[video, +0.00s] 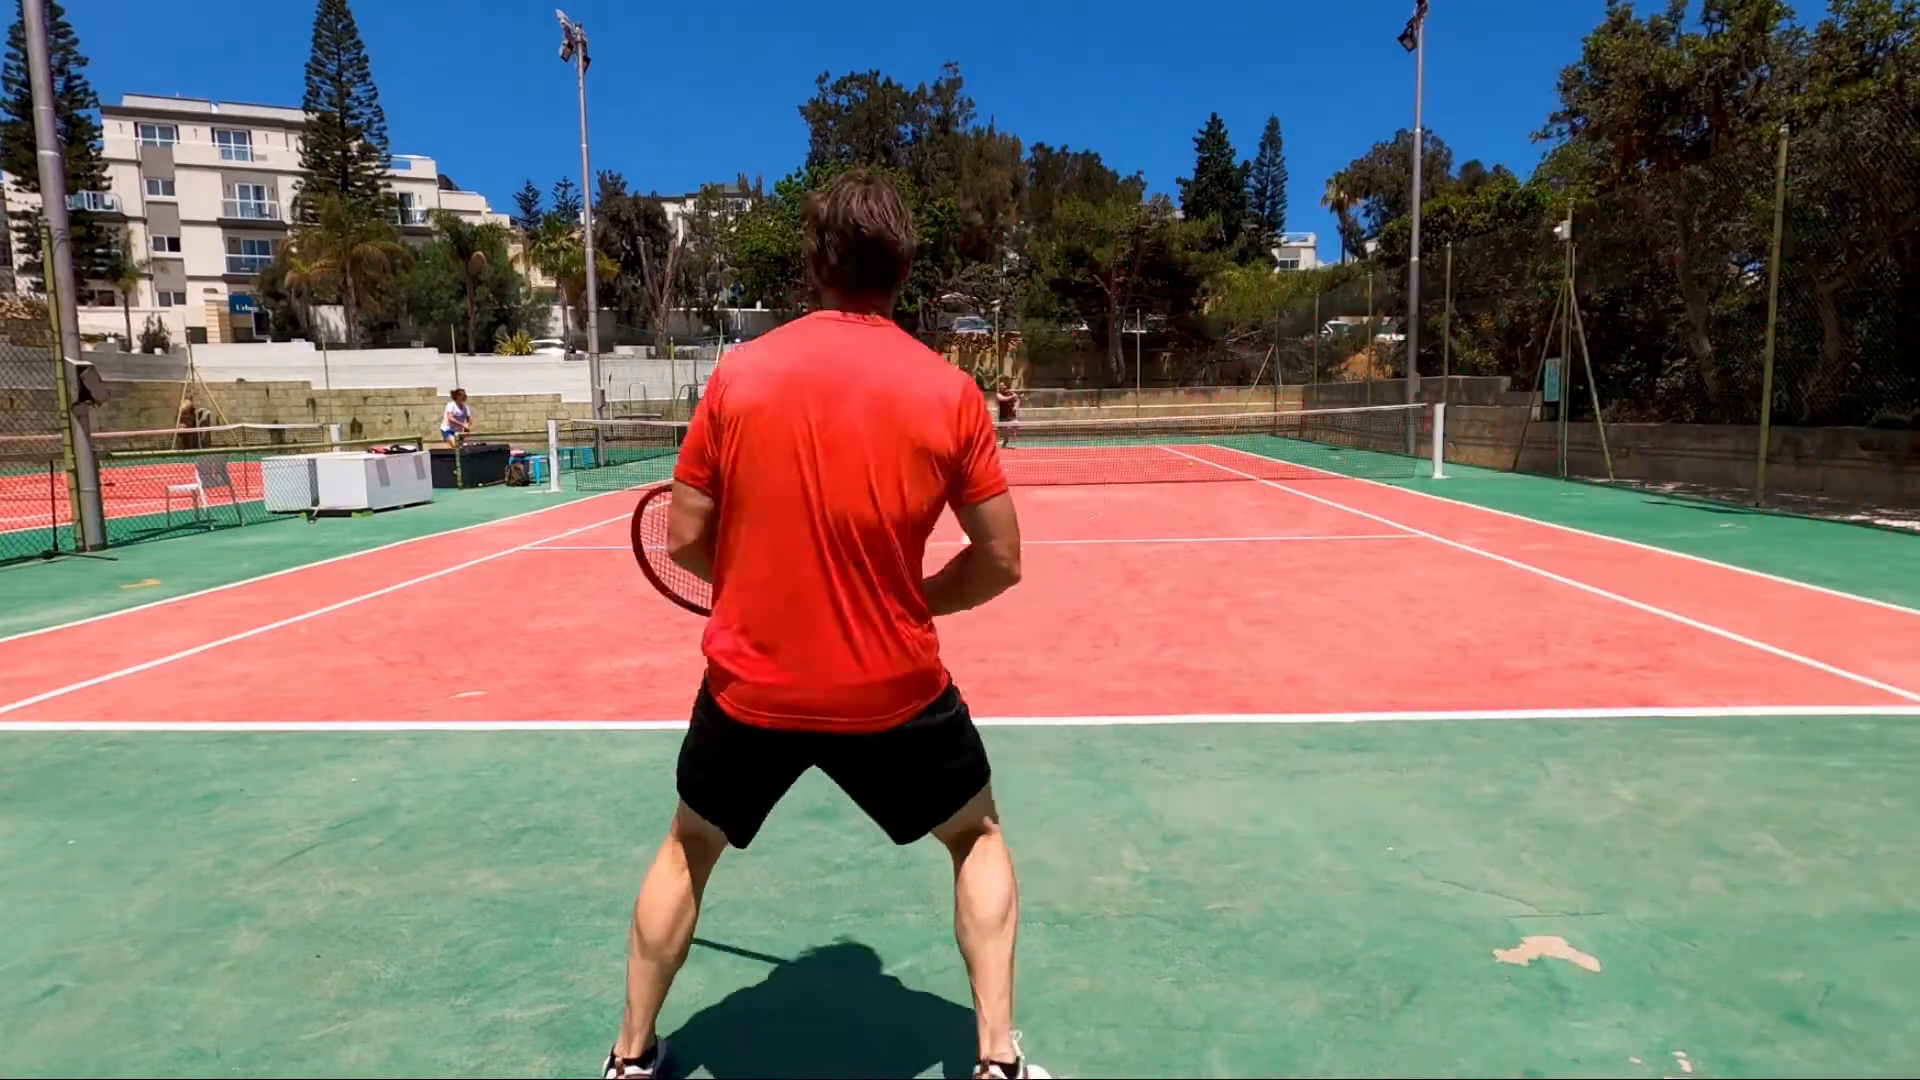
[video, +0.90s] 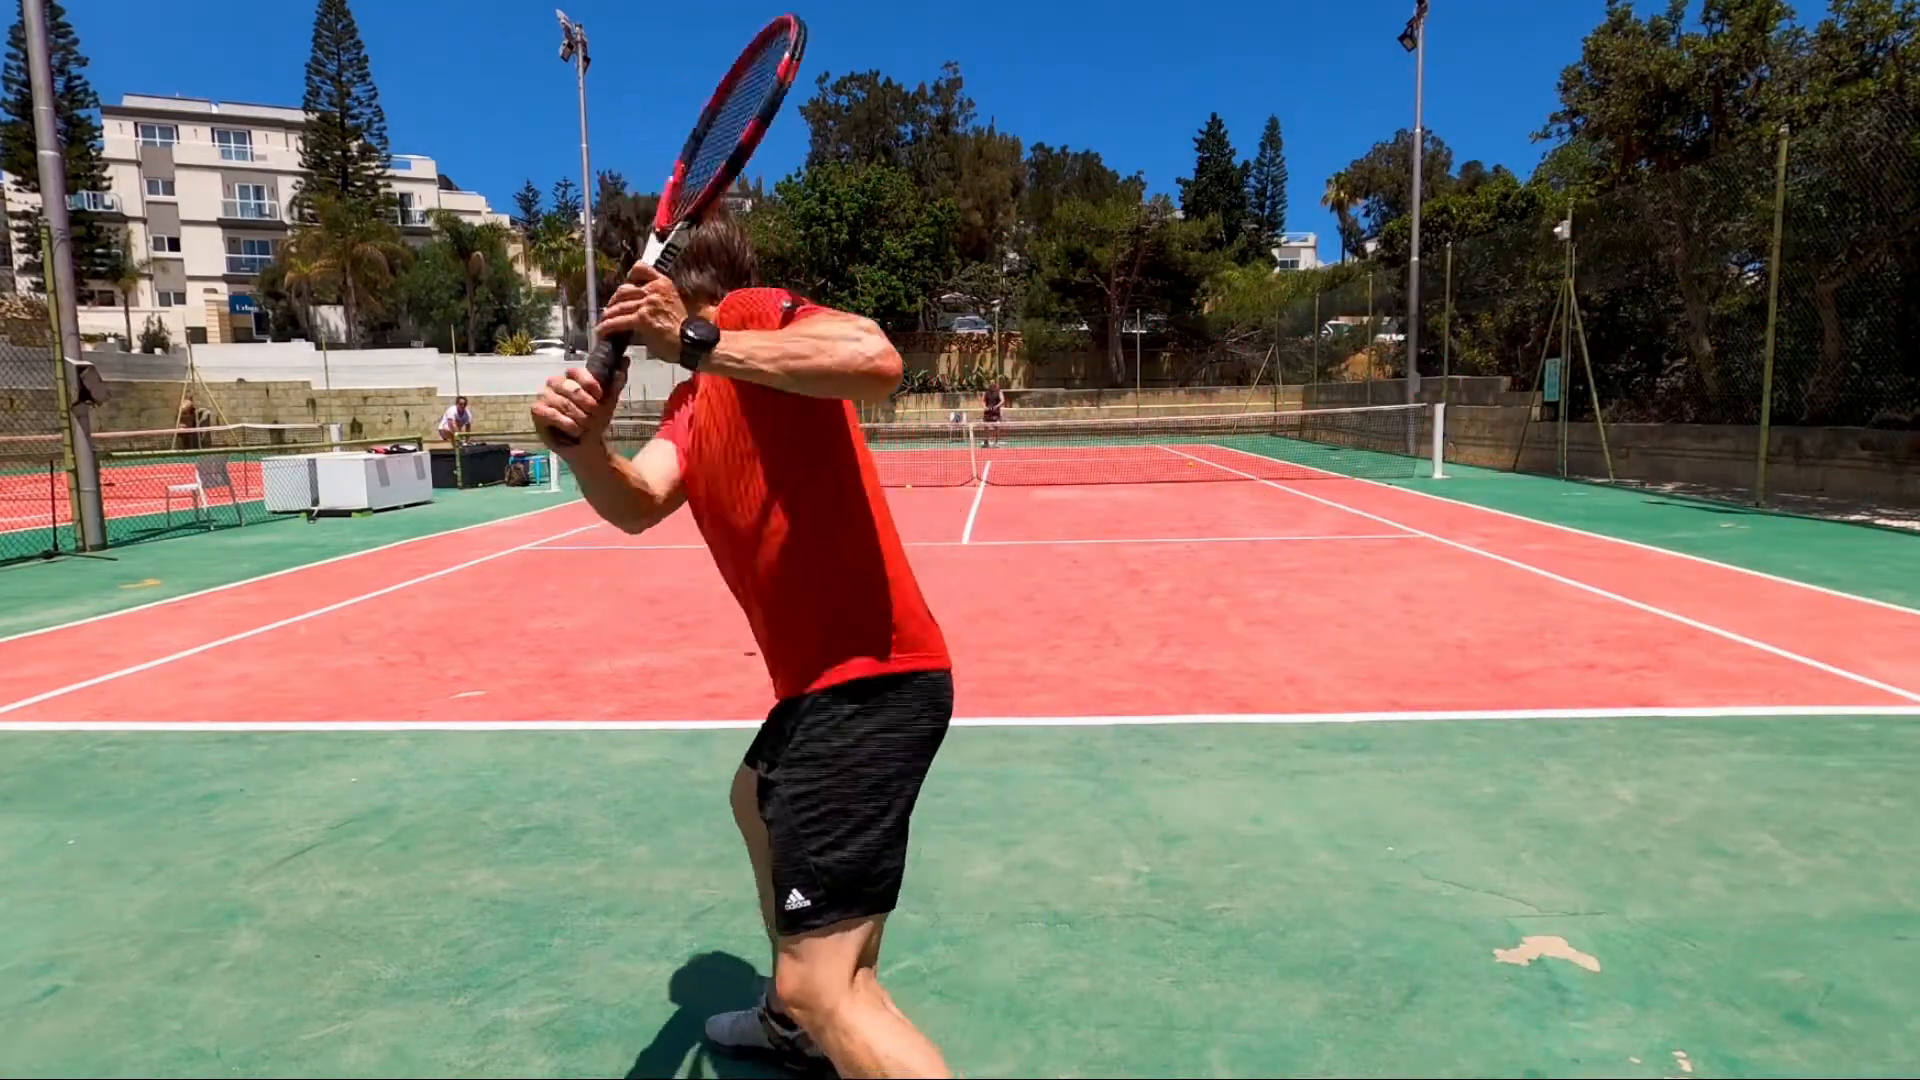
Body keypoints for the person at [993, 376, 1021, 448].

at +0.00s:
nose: (1002, 387)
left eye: (1004, 385)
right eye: (1000, 385)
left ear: (1007, 386)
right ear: (999, 386)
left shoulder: (1011, 393)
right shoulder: (999, 394)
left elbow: (1017, 399)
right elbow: (1001, 398)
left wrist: (1015, 406)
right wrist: (1012, 397)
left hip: (1011, 414)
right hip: (1003, 415)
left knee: (1011, 429)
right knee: (1004, 429)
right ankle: (1005, 441)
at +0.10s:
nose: (1002, 387)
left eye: (1003, 386)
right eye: (1001, 386)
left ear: (1006, 386)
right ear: (999, 387)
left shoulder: (1009, 393)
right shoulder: (997, 395)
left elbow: (1015, 399)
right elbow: (1001, 402)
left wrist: (1017, 405)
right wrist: (1011, 404)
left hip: (1010, 414)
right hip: (1001, 415)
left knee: (1013, 428)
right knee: (998, 429)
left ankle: (1013, 443)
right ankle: (997, 440)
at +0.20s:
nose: (1001, 389)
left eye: (1003, 387)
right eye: (1000, 387)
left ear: (1005, 387)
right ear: (998, 388)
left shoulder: (1008, 394)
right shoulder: (995, 396)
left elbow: (1014, 402)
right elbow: (996, 406)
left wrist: (1016, 409)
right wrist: (1005, 411)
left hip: (1008, 415)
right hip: (999, 416)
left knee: (1012, 429)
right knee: (996, 430)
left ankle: (1012, 443)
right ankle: (992, 441)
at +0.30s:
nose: (999, 390)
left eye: (1000, 388)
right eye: (997, 388)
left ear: (1002, 388)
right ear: (995, 389)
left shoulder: (1005, 395)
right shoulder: (992, 397)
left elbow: (1011, 403)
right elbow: (990, 407)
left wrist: (1012, 410)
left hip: (1005, 416)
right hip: (996, 417)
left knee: (1010, 428)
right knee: (995, 430)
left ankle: (1012, 443)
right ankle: (991, 441)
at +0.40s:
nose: (997, 389)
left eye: (998, 387)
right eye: (995, 387)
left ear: (1000, 388)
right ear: (992, 388)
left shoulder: (1003, 395)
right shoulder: (990, 396)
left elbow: (1007, 402)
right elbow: (985, 404)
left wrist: (1009, 409)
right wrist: (987, 412)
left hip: (1002, 415)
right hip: (993, 415)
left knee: (1007, 428)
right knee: (992, 429)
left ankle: (1009, 441)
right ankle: (991, 441)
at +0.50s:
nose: (995, 389)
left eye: (997, 387)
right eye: (994, 387)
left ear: (999, 388)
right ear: (991, 387)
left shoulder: (1002, 394)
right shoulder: (987, 394)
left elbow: (1006, 402)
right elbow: (983, 403)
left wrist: (1005, 409)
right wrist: (982, 411)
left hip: (1001, 415)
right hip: (992, 415)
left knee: (1005, 427)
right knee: (992, 429)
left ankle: (1003, 441)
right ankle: (990, 442)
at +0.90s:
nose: (993, 388)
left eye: (994, 386)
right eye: (991, 386)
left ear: (997, 387)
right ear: (989, 387)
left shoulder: (999, 392)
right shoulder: (986, 393)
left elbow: (1002, 401)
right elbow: (983, 401)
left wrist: (996, 407)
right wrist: (985, 407)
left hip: (995, 412)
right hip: (988, 412)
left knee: (996, 427)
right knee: (986, 427)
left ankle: (996, 441)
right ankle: (986, 441)